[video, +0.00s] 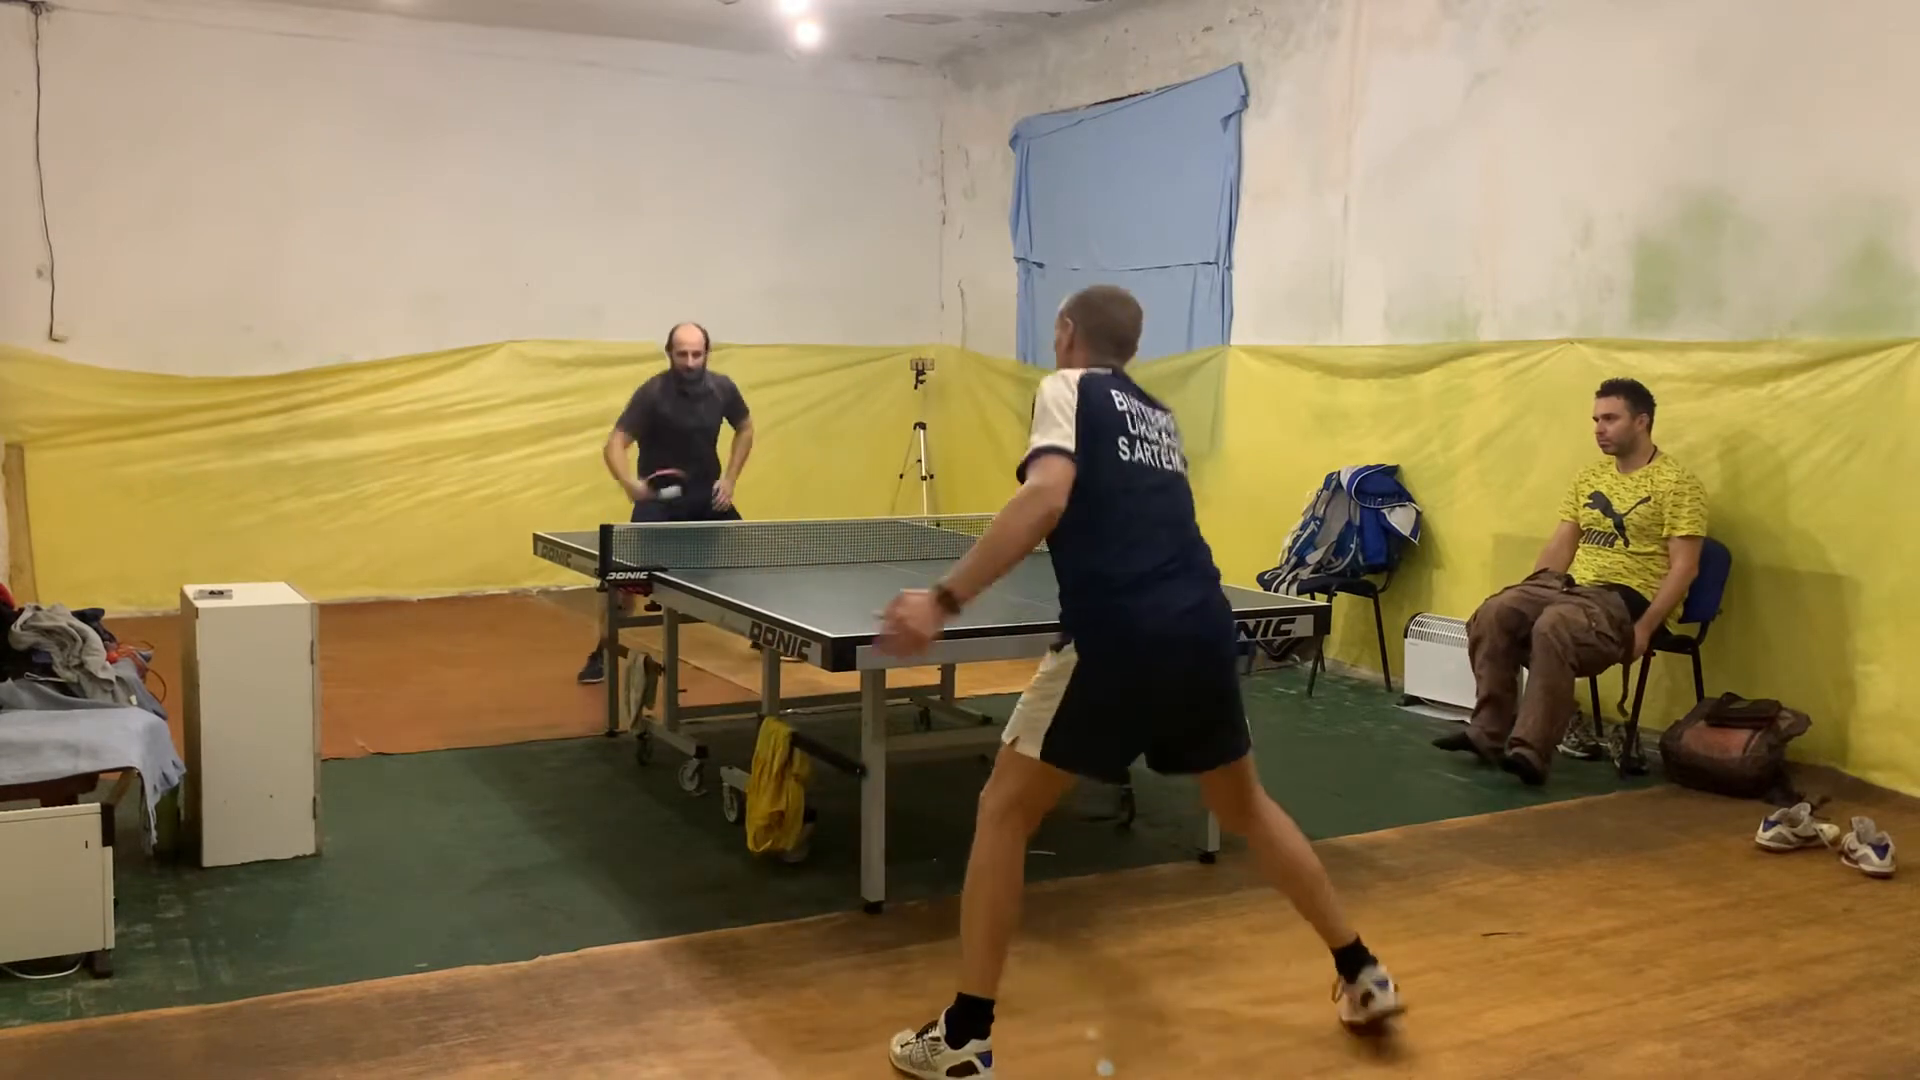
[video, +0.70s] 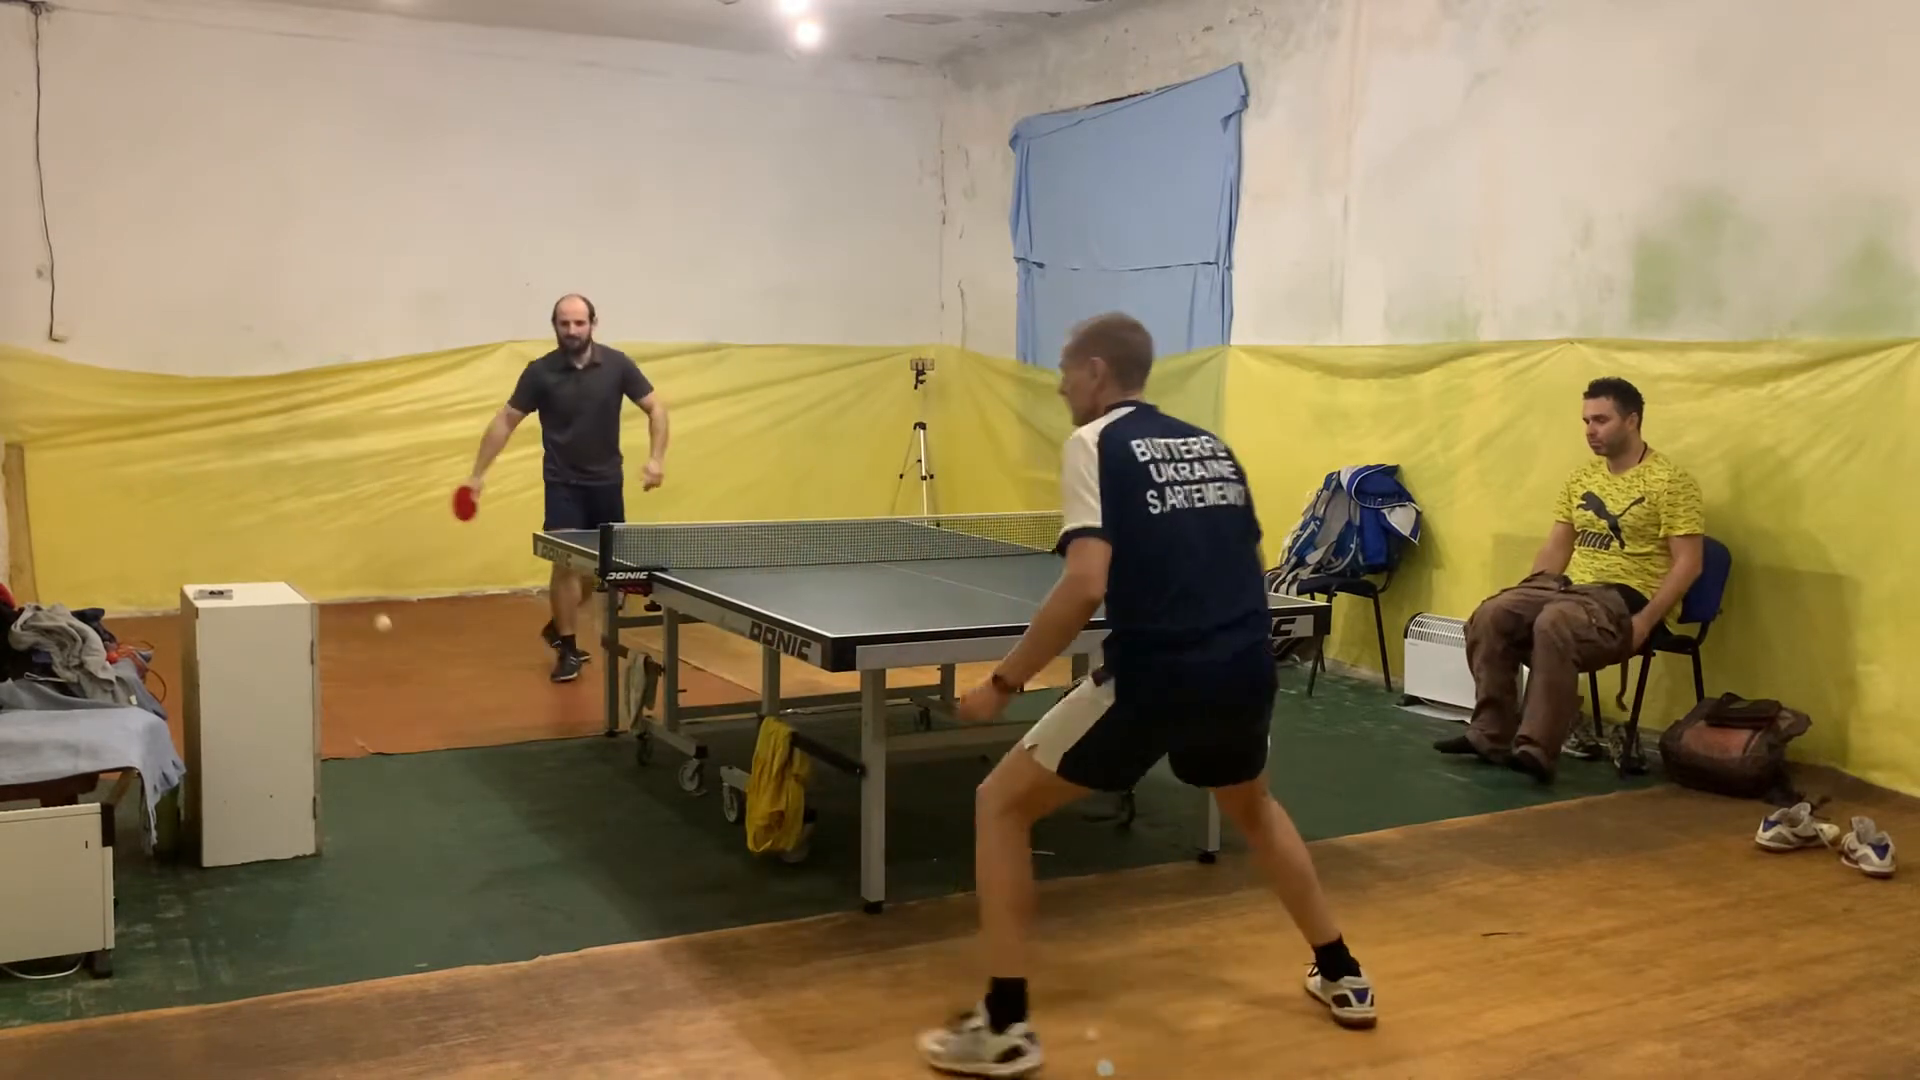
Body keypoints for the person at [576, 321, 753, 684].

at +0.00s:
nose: (690, 361)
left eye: (697, 354)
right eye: (682, 354)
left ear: (706, 354)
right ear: (669, 355)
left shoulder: (722, 389)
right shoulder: (652, 392)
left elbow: (746, 429)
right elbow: (614, 445)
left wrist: (730, 478)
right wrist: (630, 483)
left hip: (708, 497)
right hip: (658, 500)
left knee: (751, 559)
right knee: (624, 571)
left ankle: (768, 633)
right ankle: (604, 650)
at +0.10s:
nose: (667, 381)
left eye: (674, 374)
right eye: (661, 375)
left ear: (689, 372)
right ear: (652, 375)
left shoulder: (713, 403)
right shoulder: (643, 413)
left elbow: (739, 437)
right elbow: (612, 455)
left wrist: (731, 486)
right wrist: (593, 480)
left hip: (707, 511)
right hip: (657, 514)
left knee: (753, 562)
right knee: (629, 580)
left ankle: (764, 632)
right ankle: (606, 650)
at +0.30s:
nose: (596, 353)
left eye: (604, 345)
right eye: (588, 347)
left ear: (618, 346)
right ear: (580, 351)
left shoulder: (648, 373)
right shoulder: (581, 399)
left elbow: (708, 394)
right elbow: (591, 455)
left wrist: (735, 438)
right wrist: (638, 473)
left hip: (669, 478)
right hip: (621, 487)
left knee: (715, 545)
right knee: (607, 570)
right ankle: (607, 653)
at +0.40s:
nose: (588, 331)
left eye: (594, 324)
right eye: (580, 326)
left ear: (607, 324)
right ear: (569, 330)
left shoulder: (637, 355)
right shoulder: (566, 378)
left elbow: (693, 383)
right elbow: (578, 441)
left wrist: (715, 434)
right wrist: (621, 469)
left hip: (651, 462)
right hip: (602, 469)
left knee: (690, 532)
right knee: (583, 553)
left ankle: (710, 605)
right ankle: (586, 646)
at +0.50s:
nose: (577, 330)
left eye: (584, 322)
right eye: (569, 324)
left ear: (597, 323)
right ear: (558, 328)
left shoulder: (626, 358)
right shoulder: (551, 375)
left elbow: (677, 392)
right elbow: (545, 435)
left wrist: (697, 443)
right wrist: (573, 477)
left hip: (633, 467)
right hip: (584, 475)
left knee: (664, 547)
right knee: (569, 562)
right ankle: (566, 651)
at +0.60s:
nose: (571, 332)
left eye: (578, 324)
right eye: (563, 325)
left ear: (591, 326)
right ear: (553, 330)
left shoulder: (619, 364)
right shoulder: (543, 377)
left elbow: (663, 404)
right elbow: (520, 434)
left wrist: (677, 457)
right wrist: (518, 490)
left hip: (619, 482)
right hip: (571, 486)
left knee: (630, 564)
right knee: (567, 566)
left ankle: (599, 606)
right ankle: (568, 650)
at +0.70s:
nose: (572, 329)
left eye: (580, 322)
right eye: (565, 323)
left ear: (593, 324)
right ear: (554, 327)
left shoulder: (617, 365)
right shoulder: (540, 373)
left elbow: (656, 408)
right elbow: (505, 421)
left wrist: (656, 458)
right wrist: (477, 475)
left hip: (607, 482)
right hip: (562, 483)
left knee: (601, 569)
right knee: (566, 564)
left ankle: (557, 624)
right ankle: (569, 651)